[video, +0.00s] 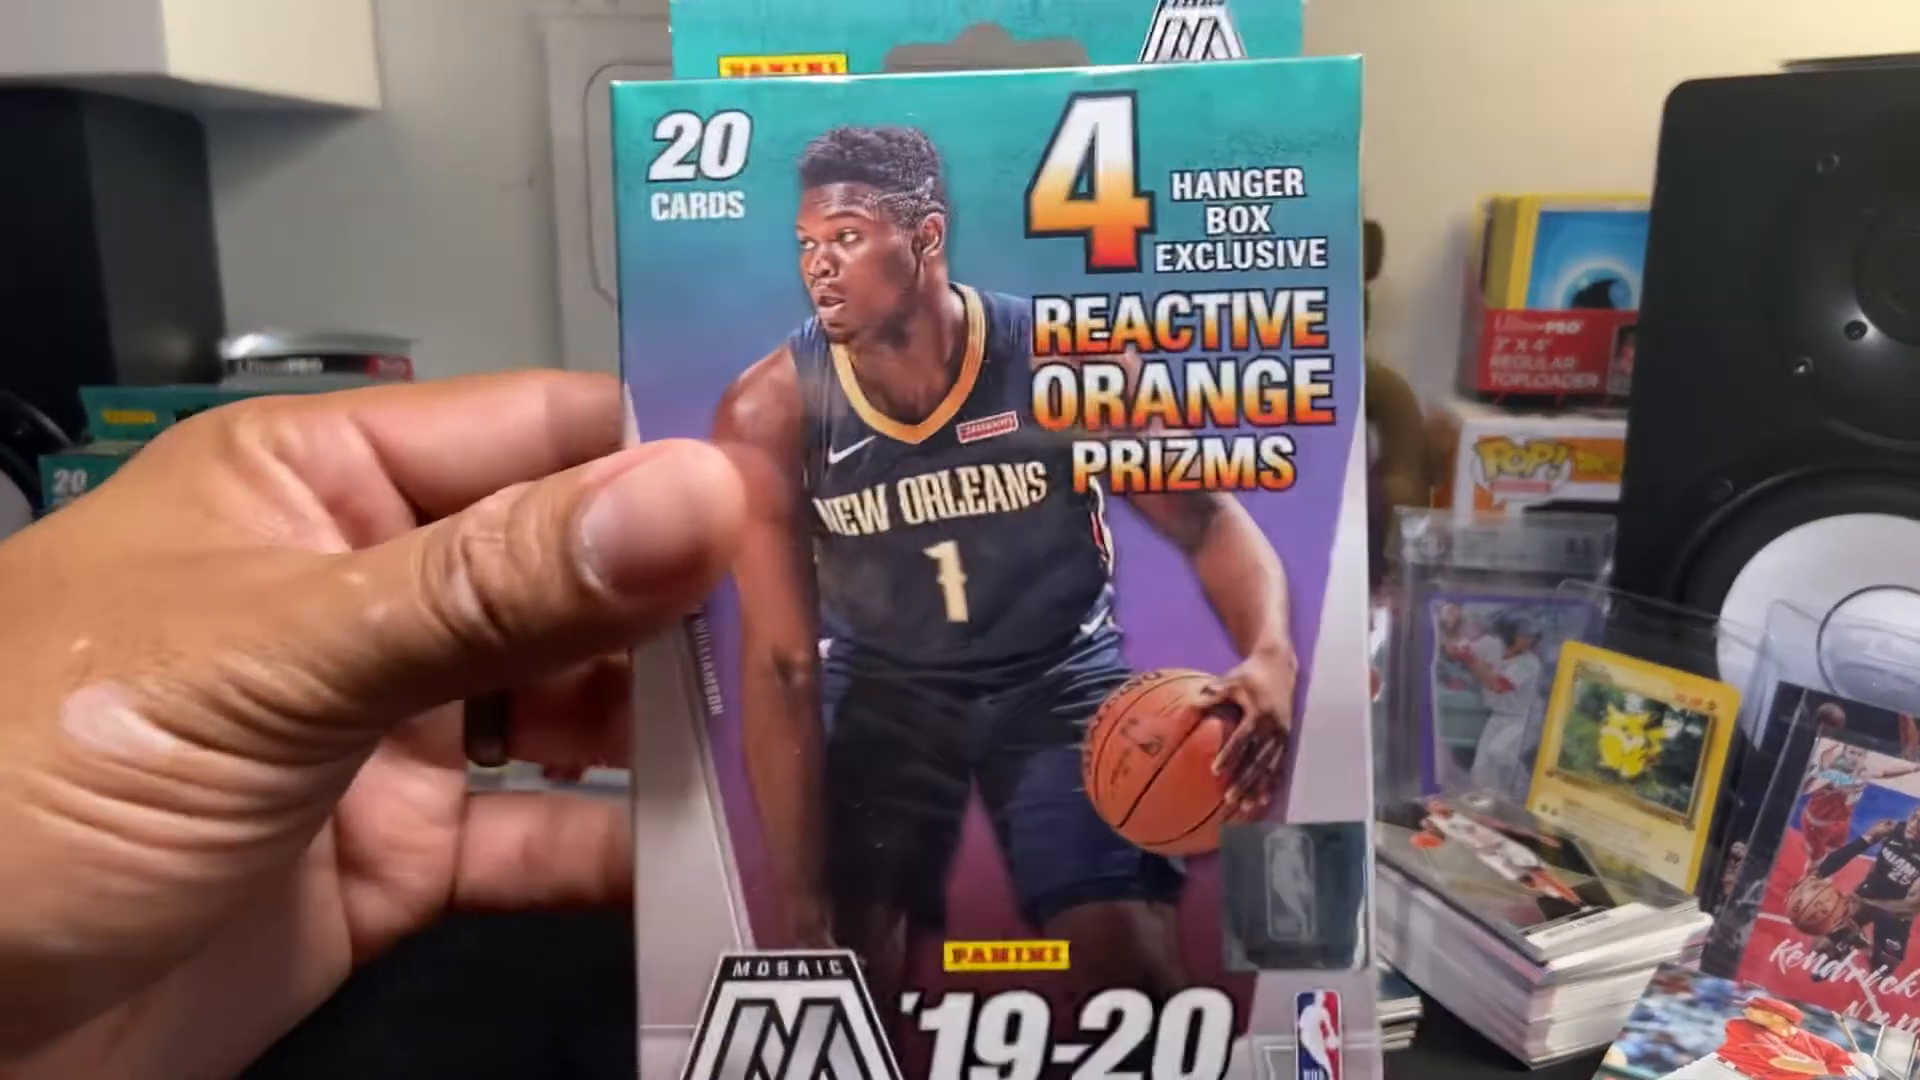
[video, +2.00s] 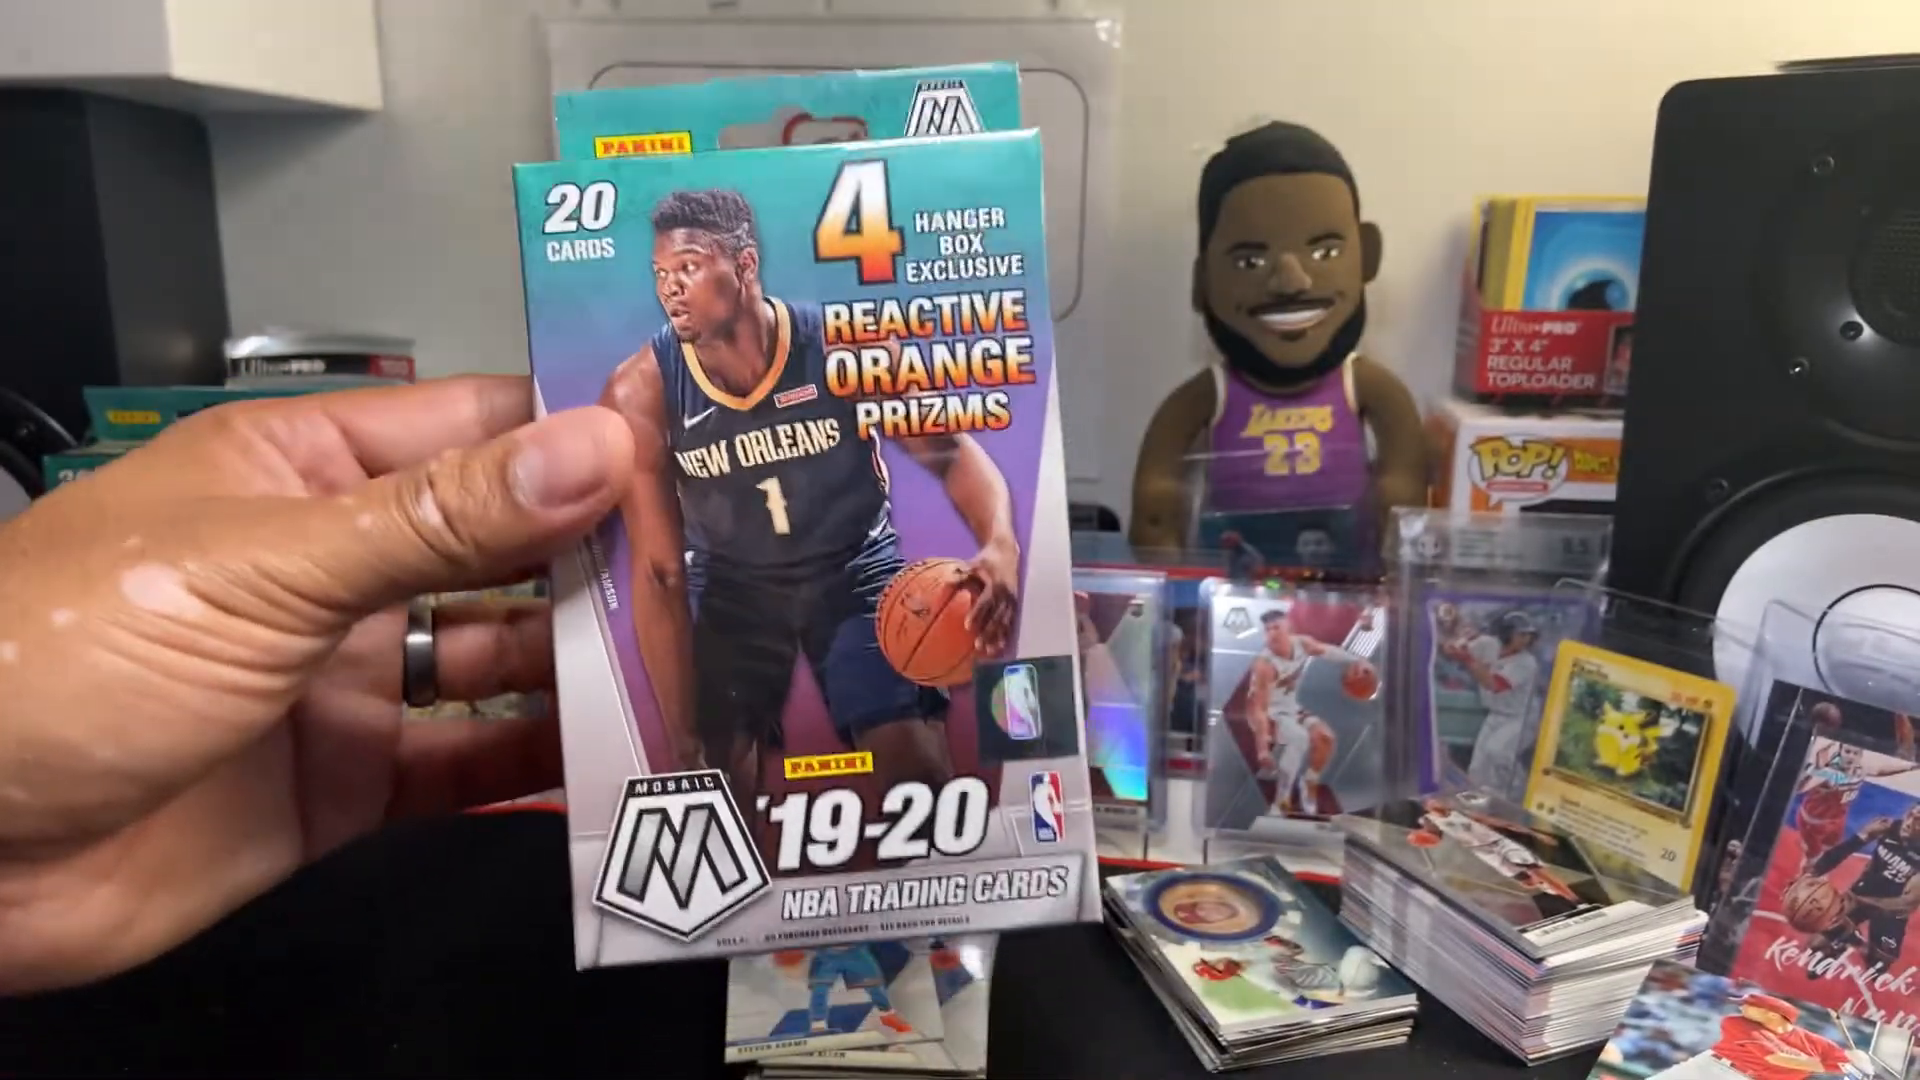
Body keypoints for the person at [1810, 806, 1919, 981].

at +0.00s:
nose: (1914, 825)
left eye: (1919, 823)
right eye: (1914, 818)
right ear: (1910, 816)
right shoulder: (1890, 829)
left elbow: (1912, 906)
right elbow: (1850, 850)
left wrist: (1864, 905)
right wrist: (1819, 873)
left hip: (1897, 910)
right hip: (1867, 897)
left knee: (1882, 972)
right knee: (1822, 948)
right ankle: (1849, 944)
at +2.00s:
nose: (1910, 823)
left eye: (1917, 821)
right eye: (1910, 816)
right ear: (1905, 814)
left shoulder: (1917, 859)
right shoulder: (1884, 828)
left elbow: (1907, 904)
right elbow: (1843, 850)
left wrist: (1859, 903)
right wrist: (1814, 872)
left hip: (1893, 909)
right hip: (1862, 895)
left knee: (1877, 971)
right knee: (1816, 947)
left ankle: (1854, 939)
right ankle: (1838, 948)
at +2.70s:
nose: (1912, 824)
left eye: (1918, 822)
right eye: (1912, 817)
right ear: (1908, 815)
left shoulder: (1917, 857)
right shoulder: (1887, 829)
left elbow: (1909, 905)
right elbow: (1848, 849)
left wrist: (1862, 904)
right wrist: (1816, 872)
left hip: (1895, 911)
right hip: (1864, 897)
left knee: (1878, 972)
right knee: (1818, 951)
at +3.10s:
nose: (1912, 824)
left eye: (1918, 822)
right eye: (1913, 817)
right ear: (1908, 815)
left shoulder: (1917, 856)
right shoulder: (1889, 829)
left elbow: (1909, 905)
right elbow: (1849, 850)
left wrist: (1863, 904)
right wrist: (1817, 872)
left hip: (1895, 911)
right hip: (1865, 897)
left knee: (1879, 970)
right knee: (1820, 945)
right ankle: (1843, 947)